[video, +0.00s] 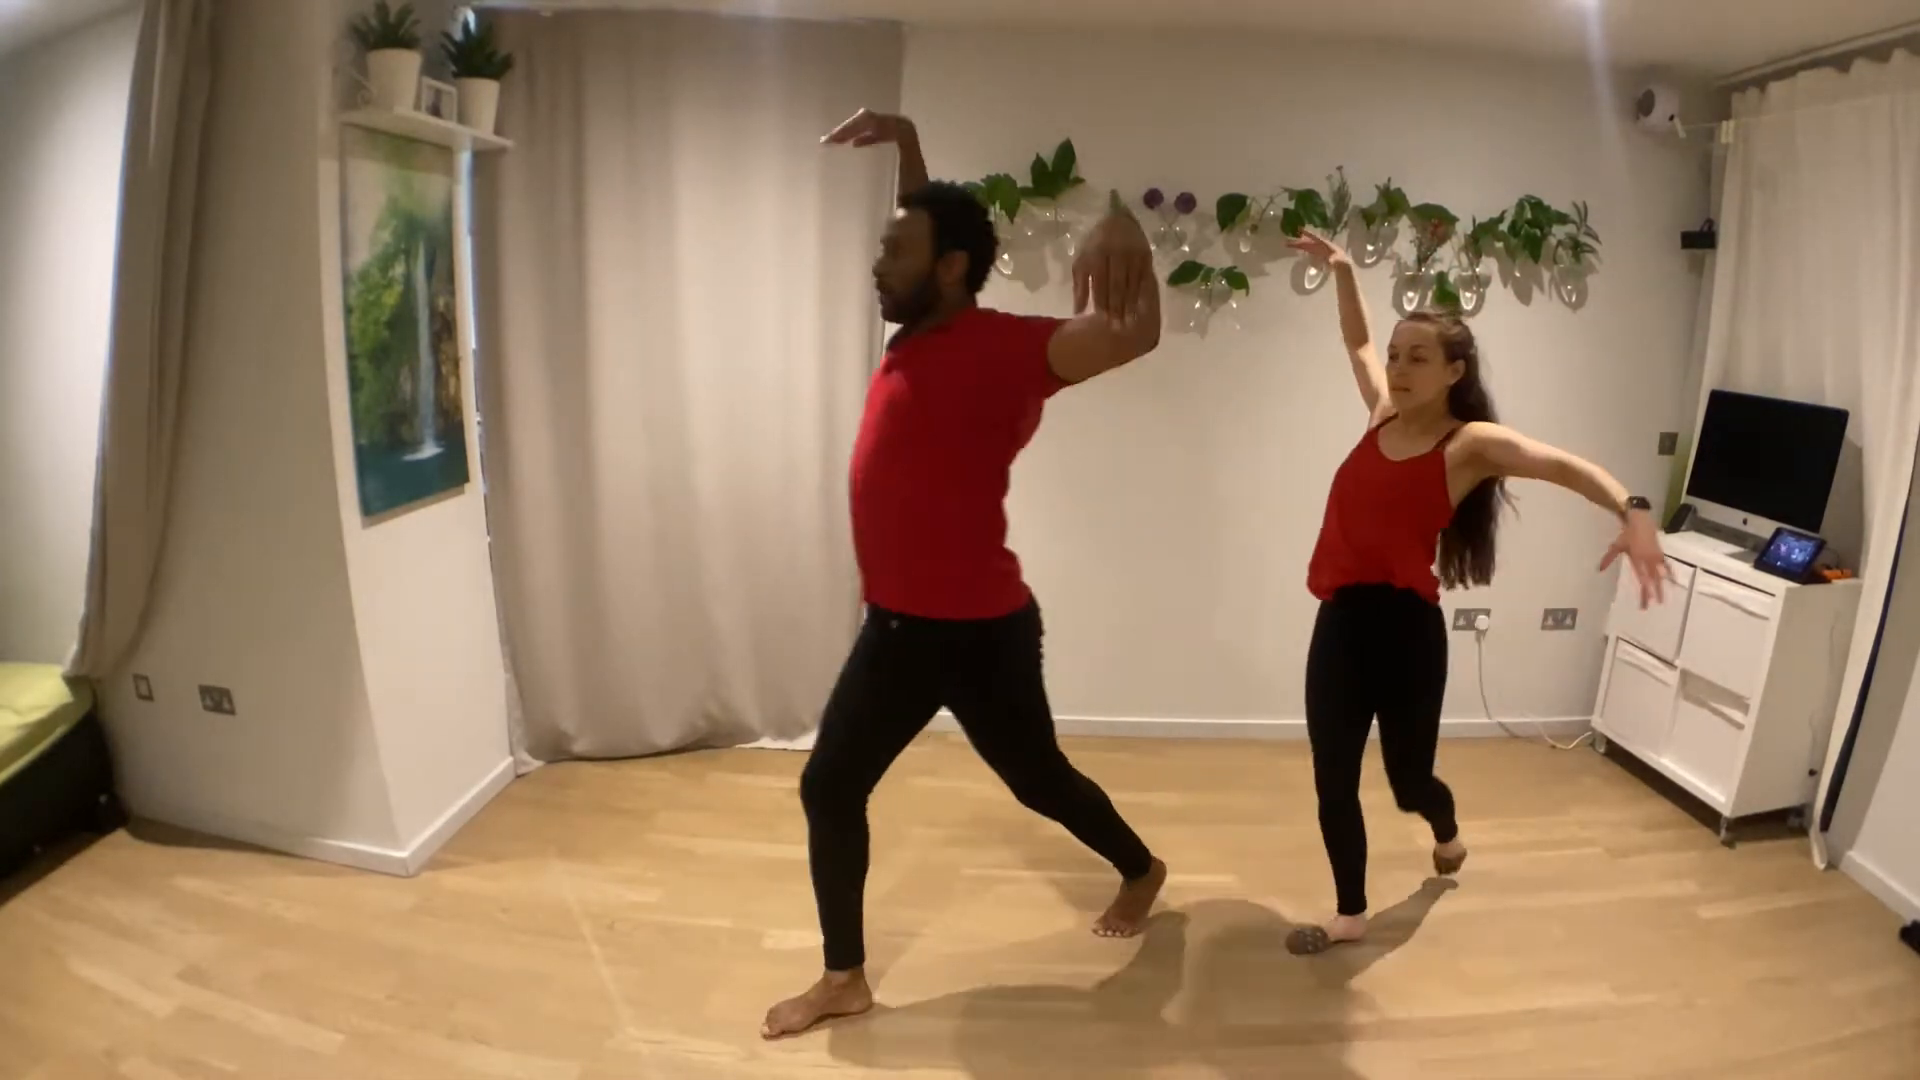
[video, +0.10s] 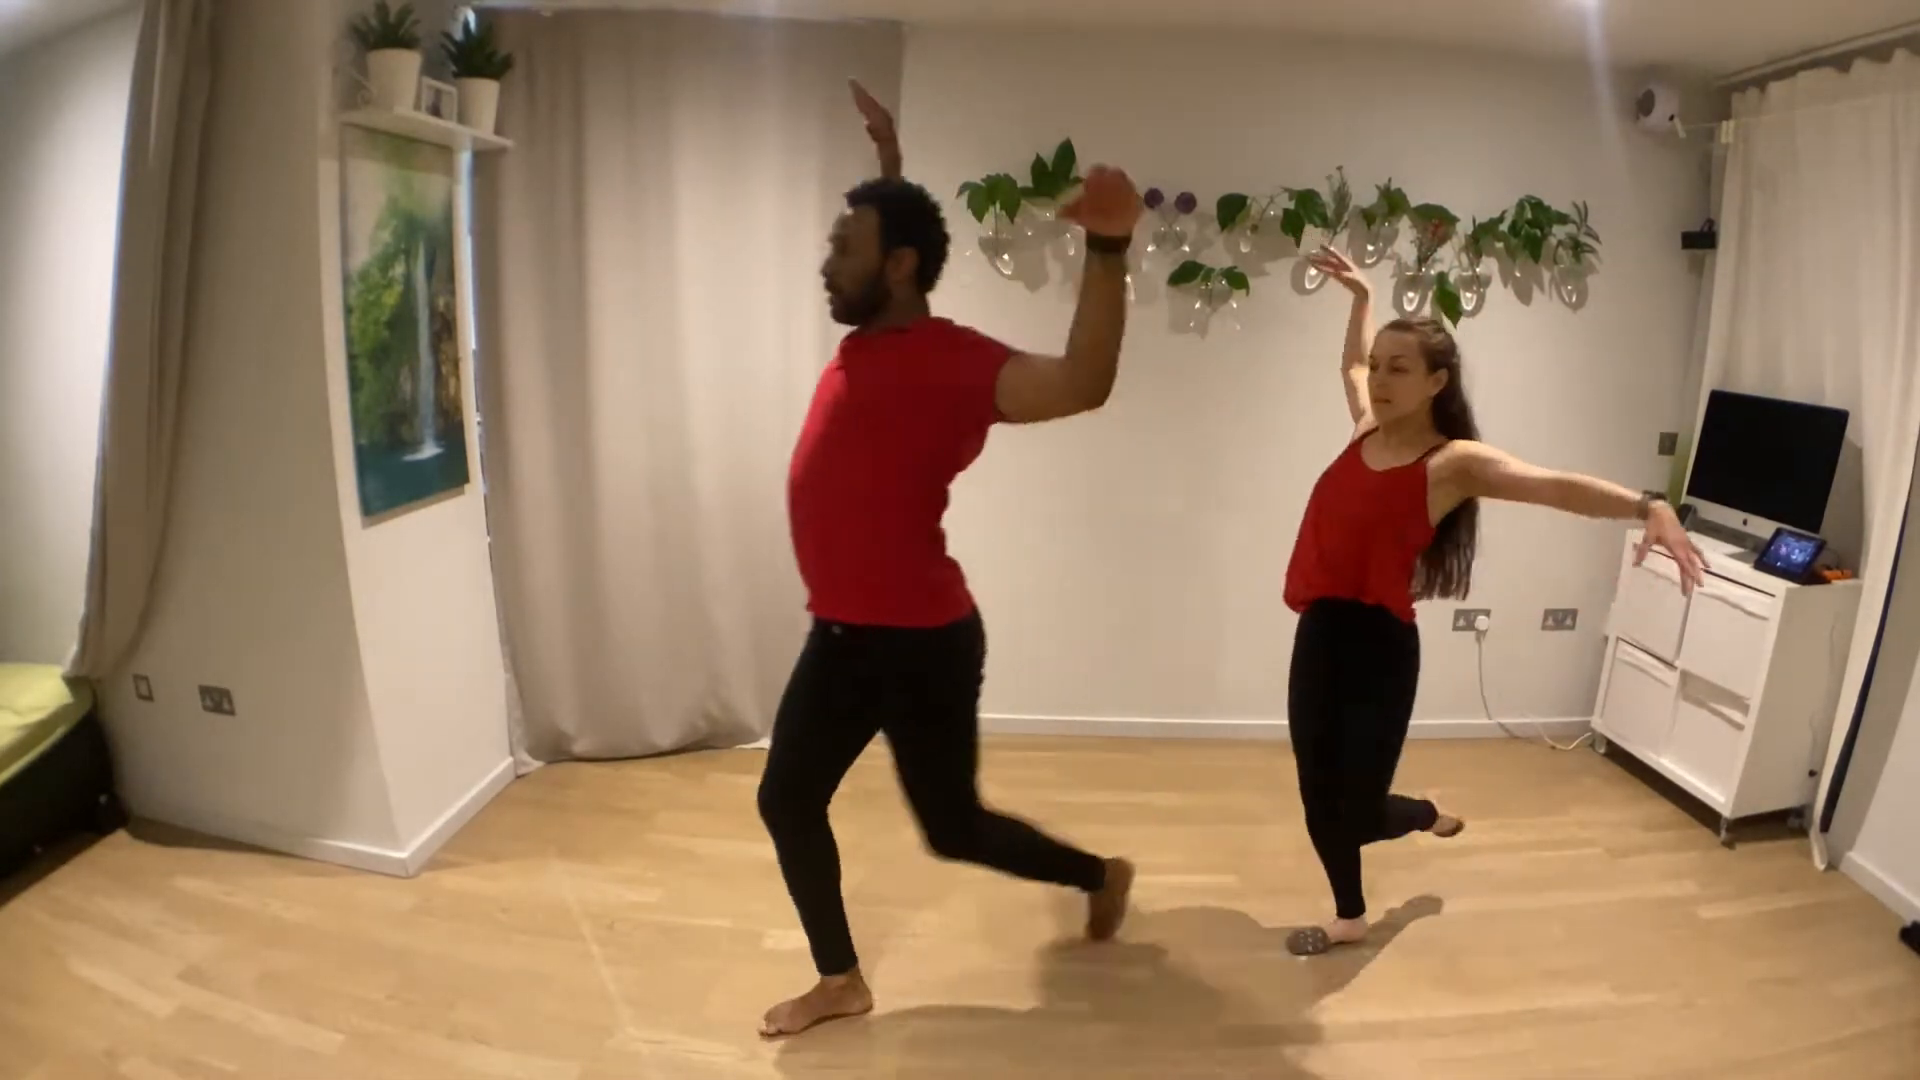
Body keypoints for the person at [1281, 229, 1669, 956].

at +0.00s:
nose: (1398, 369)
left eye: (1415, 358)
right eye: (1394, 355)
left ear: (1452, 372)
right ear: (1386, 361)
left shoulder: (1469, 442)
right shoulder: (1384, 415)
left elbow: (1558, 466)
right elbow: (1360, 345)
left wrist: (1631, 511)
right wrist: (1341, 265)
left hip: (1408, 627)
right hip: (1341, 621)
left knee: (1410, 788)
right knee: (1333, 783)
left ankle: (1447, 827)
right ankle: (1350, 914)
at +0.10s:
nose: (1380, 379)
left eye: (1397, 368)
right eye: (1377, 368)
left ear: (1436, 382)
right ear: (1370, 377)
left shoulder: (1453, 462)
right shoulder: (1374, 429)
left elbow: (1552, 486)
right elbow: (1353, 366)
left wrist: (1648, 507)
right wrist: (1360, 293)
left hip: (1378, 646)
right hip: (1318, 636)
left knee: (1352, 817)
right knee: (1318, 797)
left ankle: (1427, 815)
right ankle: (1349, 918)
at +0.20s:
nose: (1357, 386)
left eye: (1373, 376)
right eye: (1353, 373)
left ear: (1415, 390)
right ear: (1349, 381)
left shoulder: (1431, 478)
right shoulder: (1350, 444)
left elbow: (1542, 518)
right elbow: (1341, 390)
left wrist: (1649, 520)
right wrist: (1364, 332)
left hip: (1361, 659)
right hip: (1305, 646)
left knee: (1280, 809)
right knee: (1305, 796)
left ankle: (1388, 820)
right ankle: (1348, 919)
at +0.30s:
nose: (1332, 390)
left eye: (1350, 380)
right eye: (1329, 378)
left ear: (1394, 397)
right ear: (1323, 385)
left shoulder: (1401, 487)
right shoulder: (1321, 455)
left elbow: (1500, 553)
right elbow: (1289, 412)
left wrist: (1610, 581)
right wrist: (1311, 349)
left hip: (1350, 671)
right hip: (1296, 660)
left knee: (1227, 778)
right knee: (1298, 810)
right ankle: (1348, 920)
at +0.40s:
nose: (1303, 398)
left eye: (1323, 388)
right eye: (1301, 385)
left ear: (1365, 406)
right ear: (1294, 390)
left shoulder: (1368, 504)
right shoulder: (1283, 461)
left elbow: (1413, 588)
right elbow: (1212, 431)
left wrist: (1479, 639)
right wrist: (1204, 356)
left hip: (1332, 684)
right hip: (1283, 671)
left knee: (1199, 796)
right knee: (1283, 821)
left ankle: (1139, 946)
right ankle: (1351, 920)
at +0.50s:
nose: (1270, 409)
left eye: (1289, 398)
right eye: (1269, 394)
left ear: (1336, 415)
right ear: (1264, 397)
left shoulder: (1328, 513)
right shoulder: (1254, 472)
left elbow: (1292, 585)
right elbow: (1147, 451)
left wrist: (1267, 627)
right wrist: (1096, 379)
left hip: (1298, 701)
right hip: (1256, 686)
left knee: (1177, 826)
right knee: (1257, 833)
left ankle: (1081, 963)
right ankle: (1352, 918)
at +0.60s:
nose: (1233, 417)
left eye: (1253, 407)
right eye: (1231, 402)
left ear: (1299, 422)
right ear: (1227, 402)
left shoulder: (1287, 517)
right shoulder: (1217, 478)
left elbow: (1190, 577)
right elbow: (1099, 471)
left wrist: (1107, 599)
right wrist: (1028, 405)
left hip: (1258, 711)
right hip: (1220, 701)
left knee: (1132, 843)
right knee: (1223, 843)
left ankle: (1076, 970)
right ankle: (1341, 905)